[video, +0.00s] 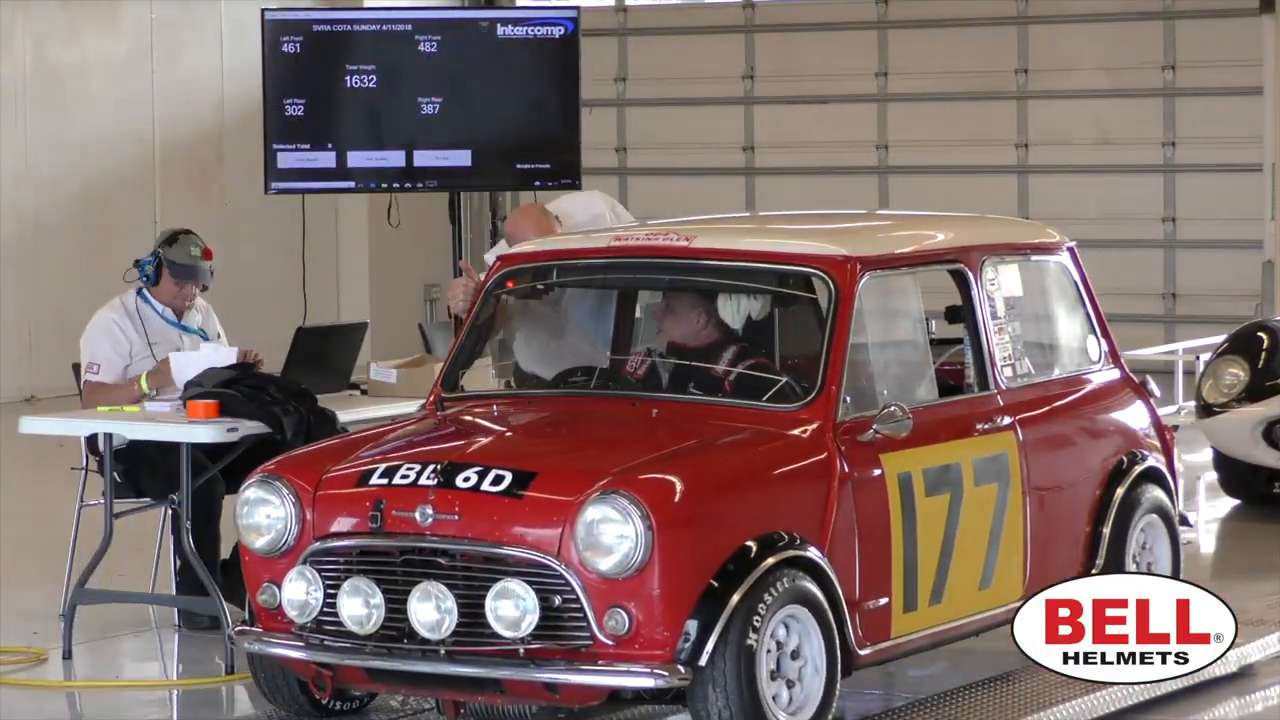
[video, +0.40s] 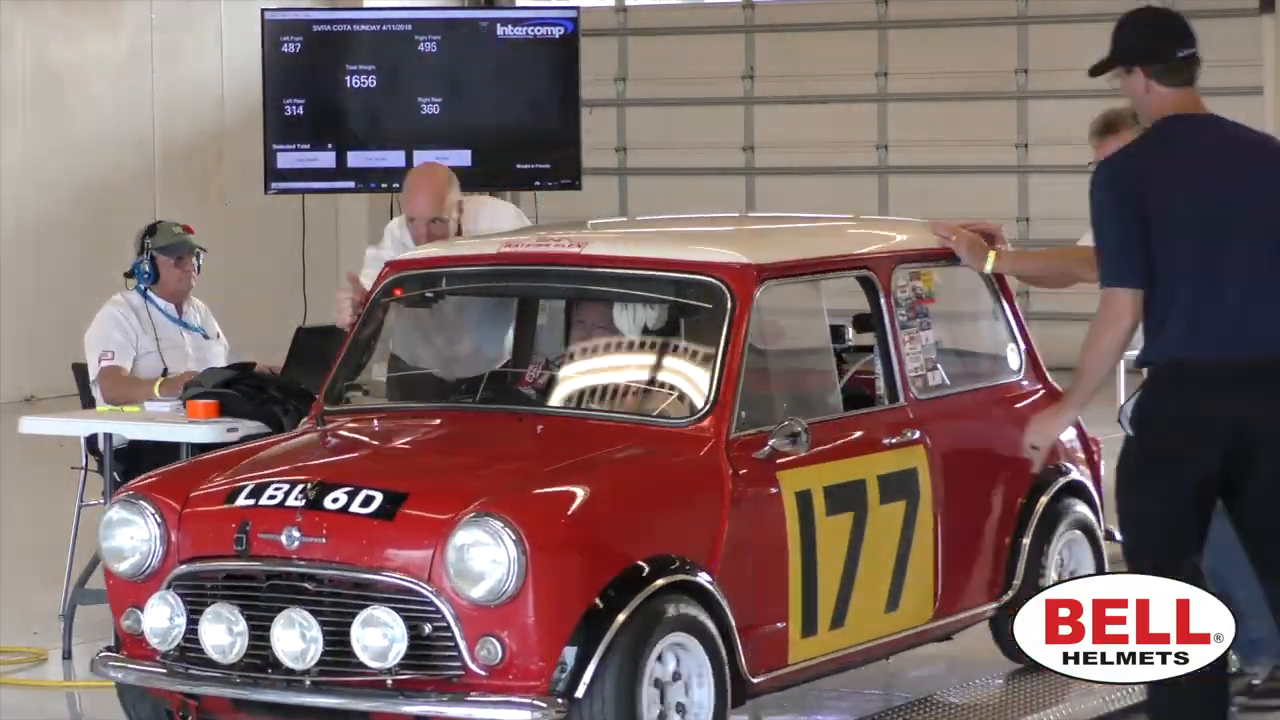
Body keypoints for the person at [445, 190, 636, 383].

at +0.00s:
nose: (542, 273)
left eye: (547, 256)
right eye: (531, 264)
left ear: (557, 228)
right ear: (512, 249)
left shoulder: (598, 210)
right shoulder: (499, 262)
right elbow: (486, 332)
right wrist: (473, 305)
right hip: (535, 385)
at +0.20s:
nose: (546, 255)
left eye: (551, 246)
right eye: (534, 248)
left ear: (566, 220)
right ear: (520, 235)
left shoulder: (602, 211)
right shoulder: (508, 255)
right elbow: (497, 322)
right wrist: (473, 304)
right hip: (538, 382)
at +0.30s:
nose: (506, 251)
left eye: (513, 243)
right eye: (495, 245)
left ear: (531, 221)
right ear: (484, 234)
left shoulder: (567, 216)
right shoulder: (475, 258)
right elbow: (465, 321)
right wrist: (440, 308)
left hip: (574, 378)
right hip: (504, 385)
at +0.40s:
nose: (423, 235)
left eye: (436, 221)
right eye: (412, 221)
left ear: (459, 209)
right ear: (404, 212)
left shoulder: (502, 221)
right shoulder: (394, 237)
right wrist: (360, 311)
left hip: (490, 373)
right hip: (415, 375)